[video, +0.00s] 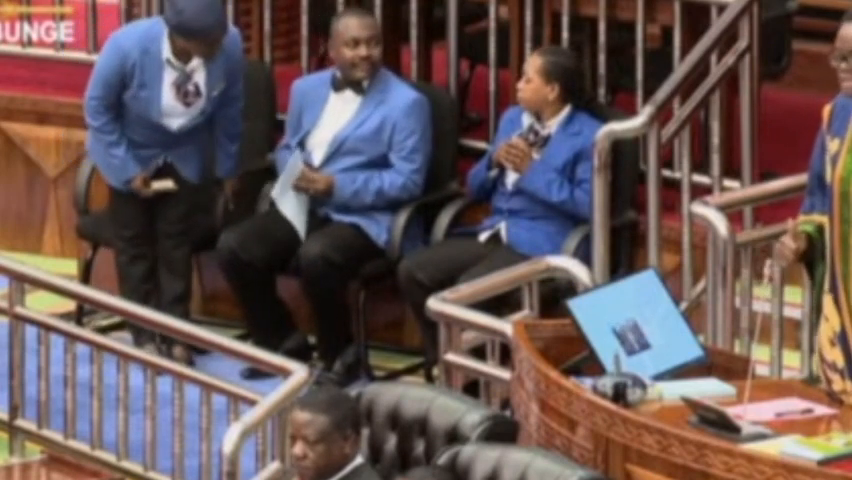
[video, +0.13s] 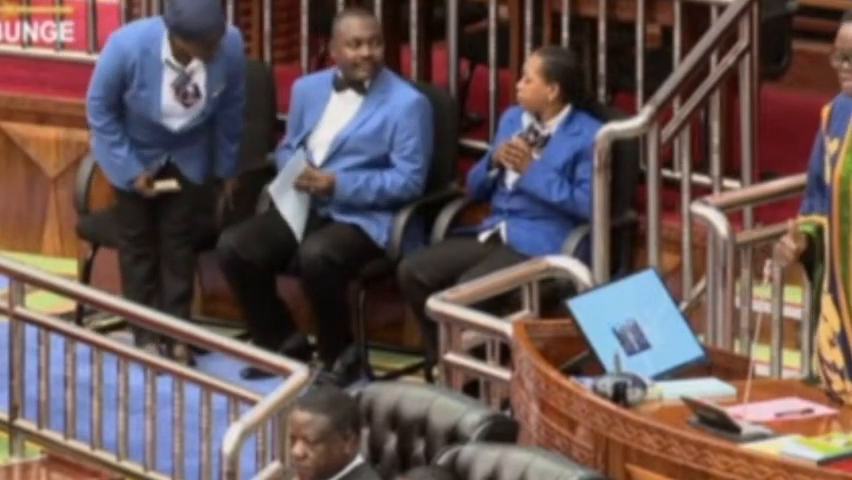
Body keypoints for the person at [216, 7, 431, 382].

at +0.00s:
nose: (363, 53)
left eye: (370, 43)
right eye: (352, 45)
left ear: (381, 47)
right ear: (331, 50)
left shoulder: (406, 103)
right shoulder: (305, 90)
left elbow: (408, 182)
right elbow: (285, 148)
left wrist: (334, 187)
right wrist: (296, 172)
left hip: (365, 219)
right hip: (300, 210)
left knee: (317, 258)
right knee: (236, 249)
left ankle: (339, 358)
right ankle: (282, 344)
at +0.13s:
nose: (364, 53)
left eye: (372, 43)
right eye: (354, 45)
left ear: (383, 46)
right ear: (333, 50)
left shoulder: (408, 104)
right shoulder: (306, 90)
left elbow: (409, 182)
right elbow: (287, 148)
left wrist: (336, 185)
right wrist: (297, 170)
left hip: (366, 219)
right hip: (302, 210)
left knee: (317, 258)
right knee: (236, 249)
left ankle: (339, 357)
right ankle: (282, 344)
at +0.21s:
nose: (366, 53)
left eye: (373, 43)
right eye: (355, 45)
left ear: (384, 46)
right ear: (335, 50)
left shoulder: (408, 103)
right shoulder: (307, 90)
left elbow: (409, 182)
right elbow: (288, 147)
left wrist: (337, 183)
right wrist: (298, 170)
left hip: (366, 219)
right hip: (303, 210)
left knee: (317, 257)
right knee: (236, 249)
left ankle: (339, 357)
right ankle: (282, 345)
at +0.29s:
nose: (370, 52)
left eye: (377, 43)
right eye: (359, 44)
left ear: (387, 47)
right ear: (338, 49)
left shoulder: (410, 104)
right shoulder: (308, 89)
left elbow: (409, 182)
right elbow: (288, 147)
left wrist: (338, 182)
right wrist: (296, 170)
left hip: (366, 219)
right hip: (303, 210)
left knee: (317, 258)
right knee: (236, 248)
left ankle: (339, 358)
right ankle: (282, 344)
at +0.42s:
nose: (372, 51)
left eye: (379, 42)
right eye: (361, 43)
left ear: (389, 46)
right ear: (339, 48)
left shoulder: (410, 103)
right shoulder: (308, 89)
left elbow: (410, 181)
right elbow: (287, 147)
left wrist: (339, 181)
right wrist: (296, 170)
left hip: (366, 219)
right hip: (302, 210)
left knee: (317, 257)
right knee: (235, 248)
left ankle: (339, 357)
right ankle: (282, 344)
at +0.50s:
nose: (374, 50)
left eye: (380, 41)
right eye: (363, 41)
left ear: (390, 45)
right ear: (340, 48)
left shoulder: (411, 103)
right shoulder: (308, 89)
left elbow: (410, 181)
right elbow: (286, 148)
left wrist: (340, 181)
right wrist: (297, 170)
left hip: (366, 219)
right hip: (302, 211)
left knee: (317, 257)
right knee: (235, 248)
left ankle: (340, 357)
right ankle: (282, 344)